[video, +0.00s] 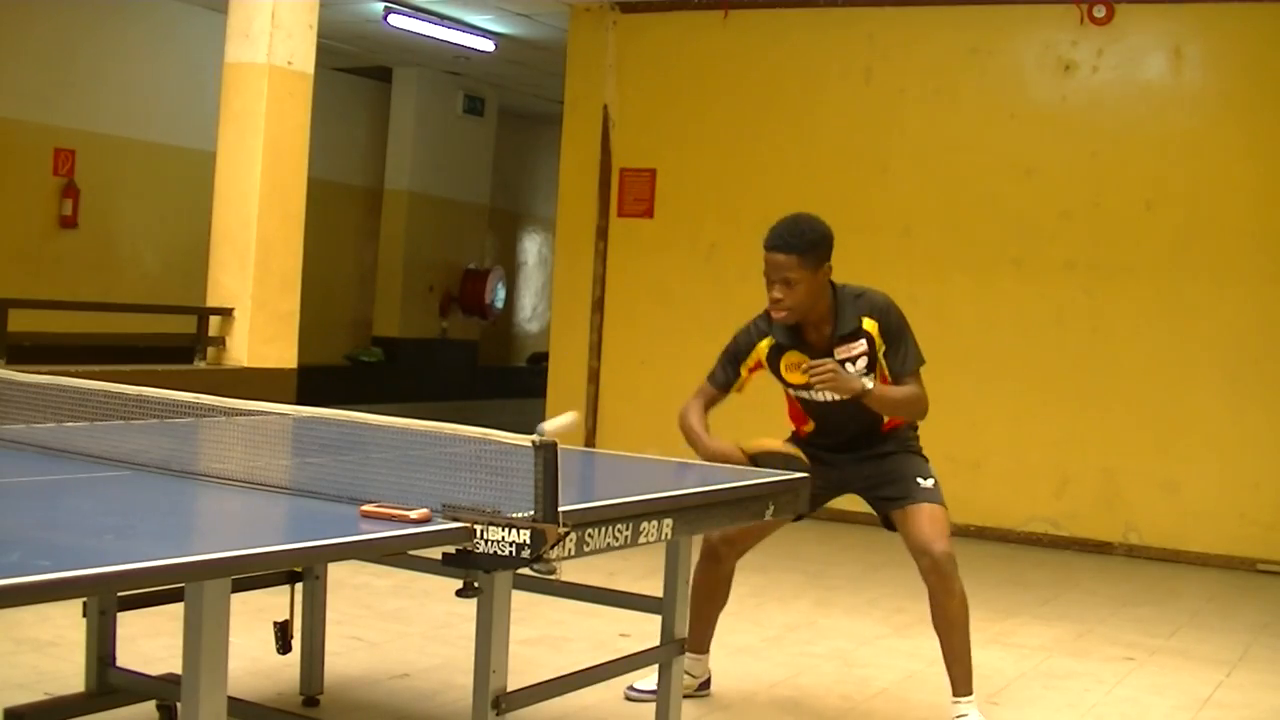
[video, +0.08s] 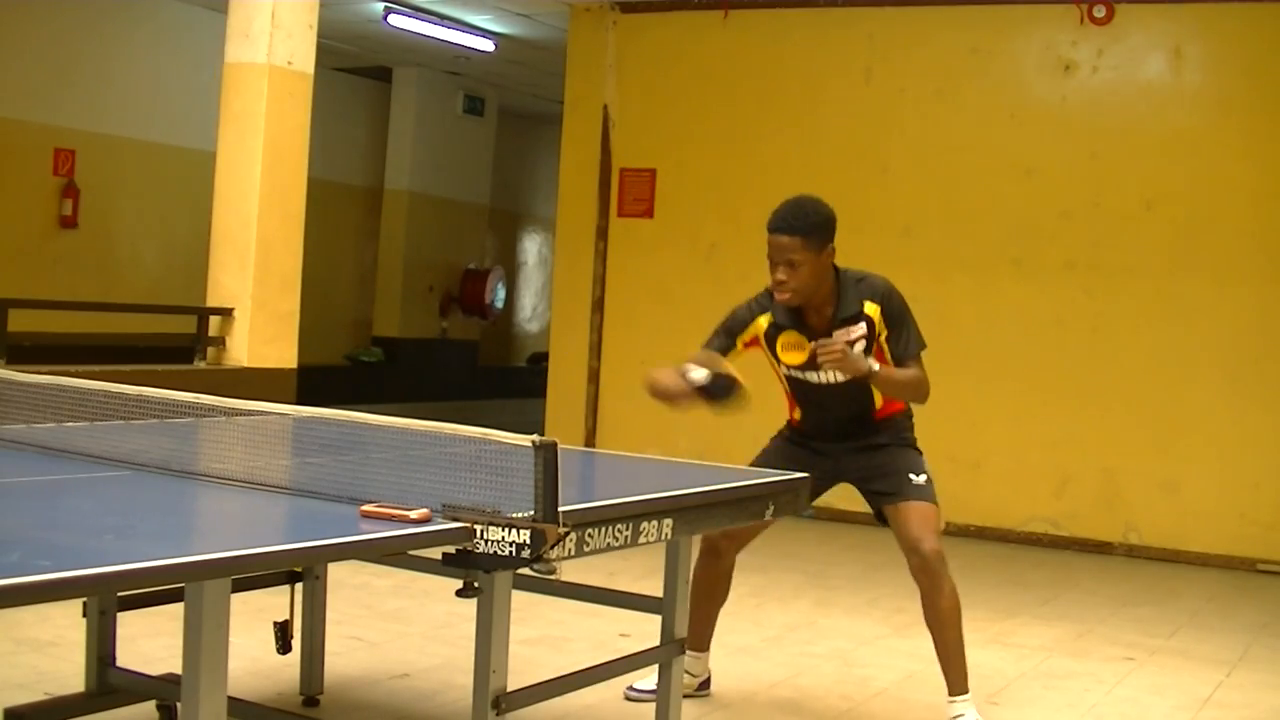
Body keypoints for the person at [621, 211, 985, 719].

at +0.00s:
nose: (774, 295)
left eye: (786, 284)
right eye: (768, 282)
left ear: (824, 275)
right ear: (762, 274)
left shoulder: (875, 313)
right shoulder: (762, 335)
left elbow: (916, 404)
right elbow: (692, 408)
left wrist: (860, 387)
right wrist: (710, 448)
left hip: (889, 451)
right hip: (812, 454)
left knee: (937, 553)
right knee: (719, 543)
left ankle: (964, 703)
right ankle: (692, 667)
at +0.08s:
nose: (778, 277)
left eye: (790, 265)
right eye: (772, 264)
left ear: (827, 257)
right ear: (766, 257)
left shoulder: (876, 298)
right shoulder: (760, 313)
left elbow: (918, 387)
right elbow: (690, 376)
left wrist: (866, 368)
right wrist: (679, 386)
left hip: (883, 442)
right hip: (804, 442)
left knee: (927, 551)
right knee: (719, 539)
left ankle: (961, 702)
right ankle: (692, 667)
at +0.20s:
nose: (778, 248)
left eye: (791, 236)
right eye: (773, 234)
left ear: (828, 228)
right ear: (767, 229)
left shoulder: (875, 280)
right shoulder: (757, 284)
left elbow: (913, 370)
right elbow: (668, 328)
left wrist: (869, 337)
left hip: (868, 431)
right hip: (789, 429)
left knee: (924, 546)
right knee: (698, 523)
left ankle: (940, 702)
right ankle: (683, 657)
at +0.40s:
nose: (744, 230)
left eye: (757, 219)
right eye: (739, 217)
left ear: (793, 219)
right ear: (736, 218)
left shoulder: (836, 283)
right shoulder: (724, 284)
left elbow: (862, 377)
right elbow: (637, 332)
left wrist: (822, 323)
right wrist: (602, 287)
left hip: (828, 443)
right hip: (749, 441)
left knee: (899, 549)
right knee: (661, 536)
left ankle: (927, 705)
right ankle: (652, 665)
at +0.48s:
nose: (712, 212)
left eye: (725, 200)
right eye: (708, 199)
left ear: (762, 200)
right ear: (707, 200)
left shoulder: (810, 260)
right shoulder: (704, 269)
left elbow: (826, 351)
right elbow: (641, 345)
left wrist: (767, 301)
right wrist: (603, 303)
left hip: (812, 431)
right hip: (735, 427)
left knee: (862, 548)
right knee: (648, 516)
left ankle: (912, 697)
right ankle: (646, 660)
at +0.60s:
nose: (666, 206)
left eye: (678, 193)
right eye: (662, 193)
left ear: (716, 193)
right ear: (662, 195)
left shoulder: (759, 242)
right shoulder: (685, 266)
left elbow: (769, 335)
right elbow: (670, 358)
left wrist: (687, 295)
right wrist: (610, 364)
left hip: (796, 410)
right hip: (734, 410)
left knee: (815, 549)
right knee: (653, 508)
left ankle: (878, 690)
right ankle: (625, 647)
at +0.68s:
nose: (636, 231)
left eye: (647, 217)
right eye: (633, 218)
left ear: (685, 215)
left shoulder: (723, 265)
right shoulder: (675, 284)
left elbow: (732, 358)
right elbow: (689, 380)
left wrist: (656, 329)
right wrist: (618, 424)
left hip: (785, 420)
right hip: (732, 421)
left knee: (792, 570)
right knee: (646, 512)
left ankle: (871, 698)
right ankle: (615, 650)